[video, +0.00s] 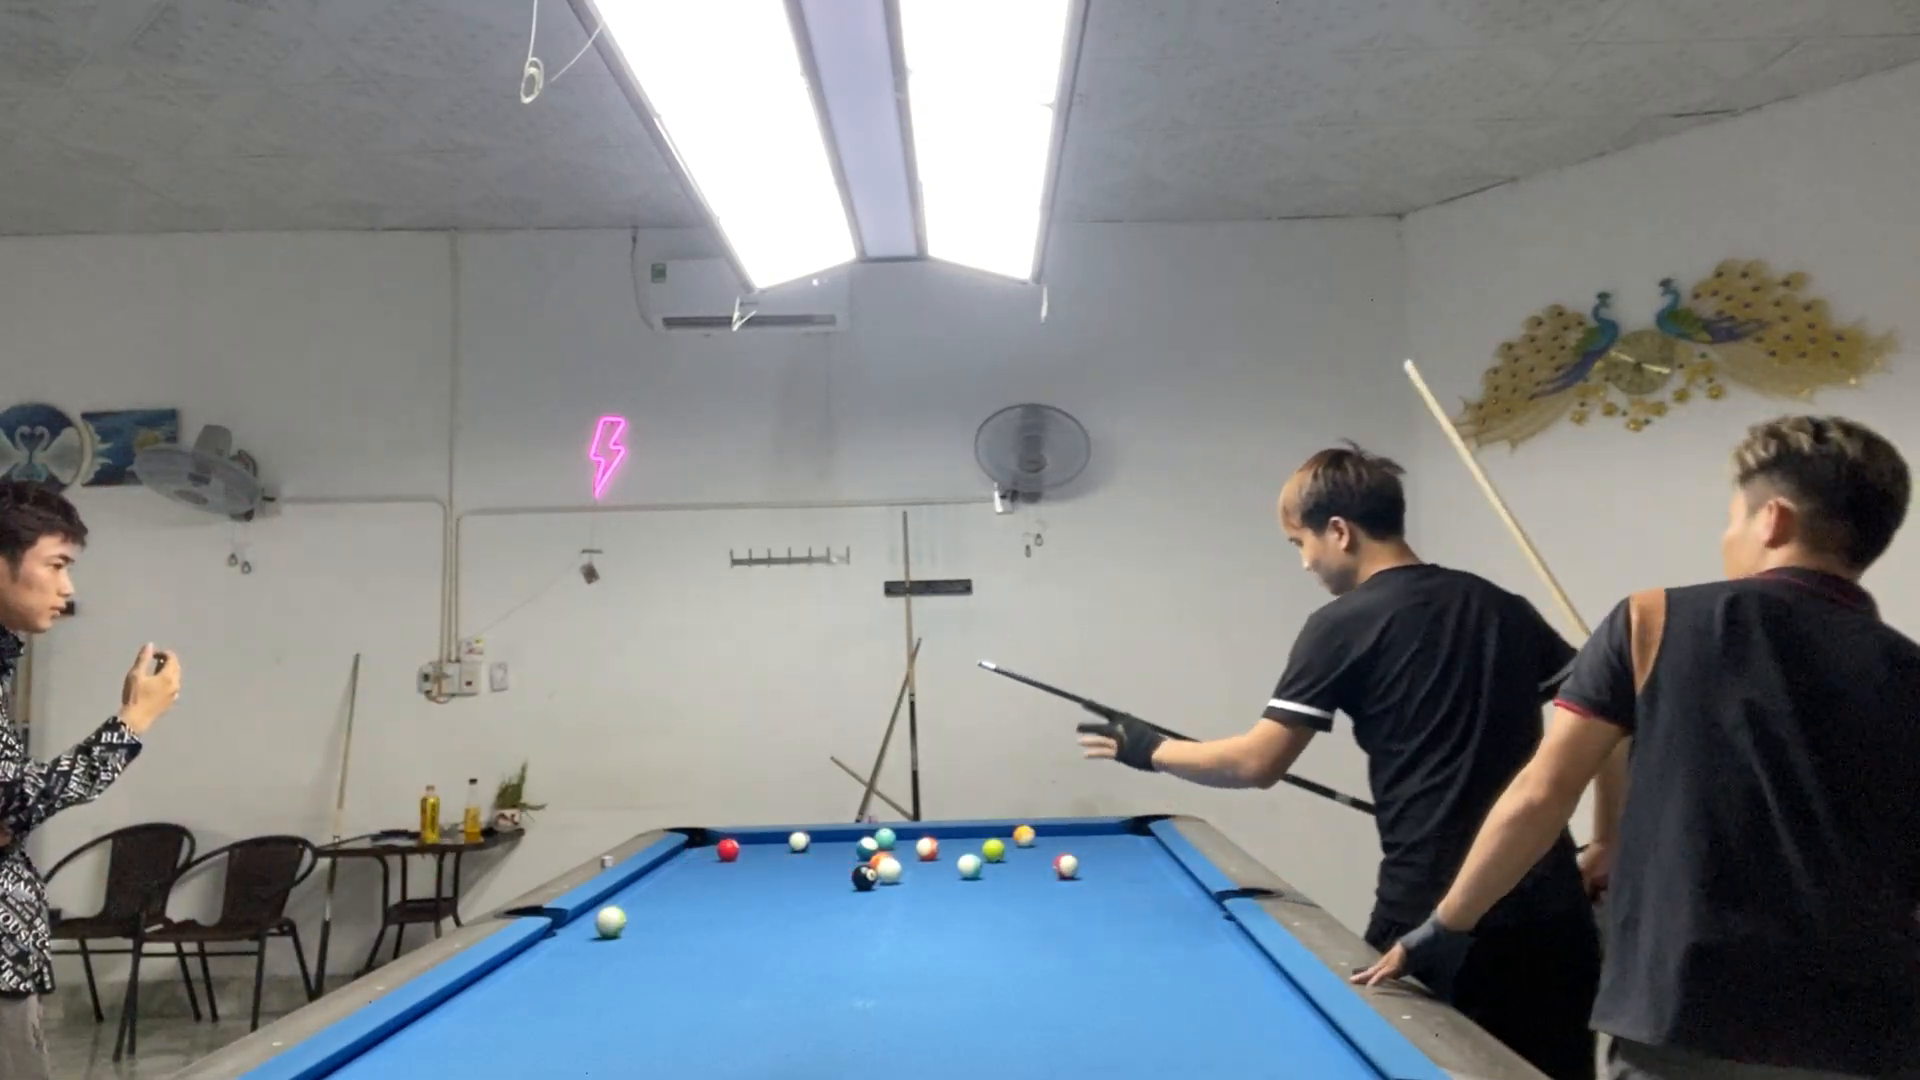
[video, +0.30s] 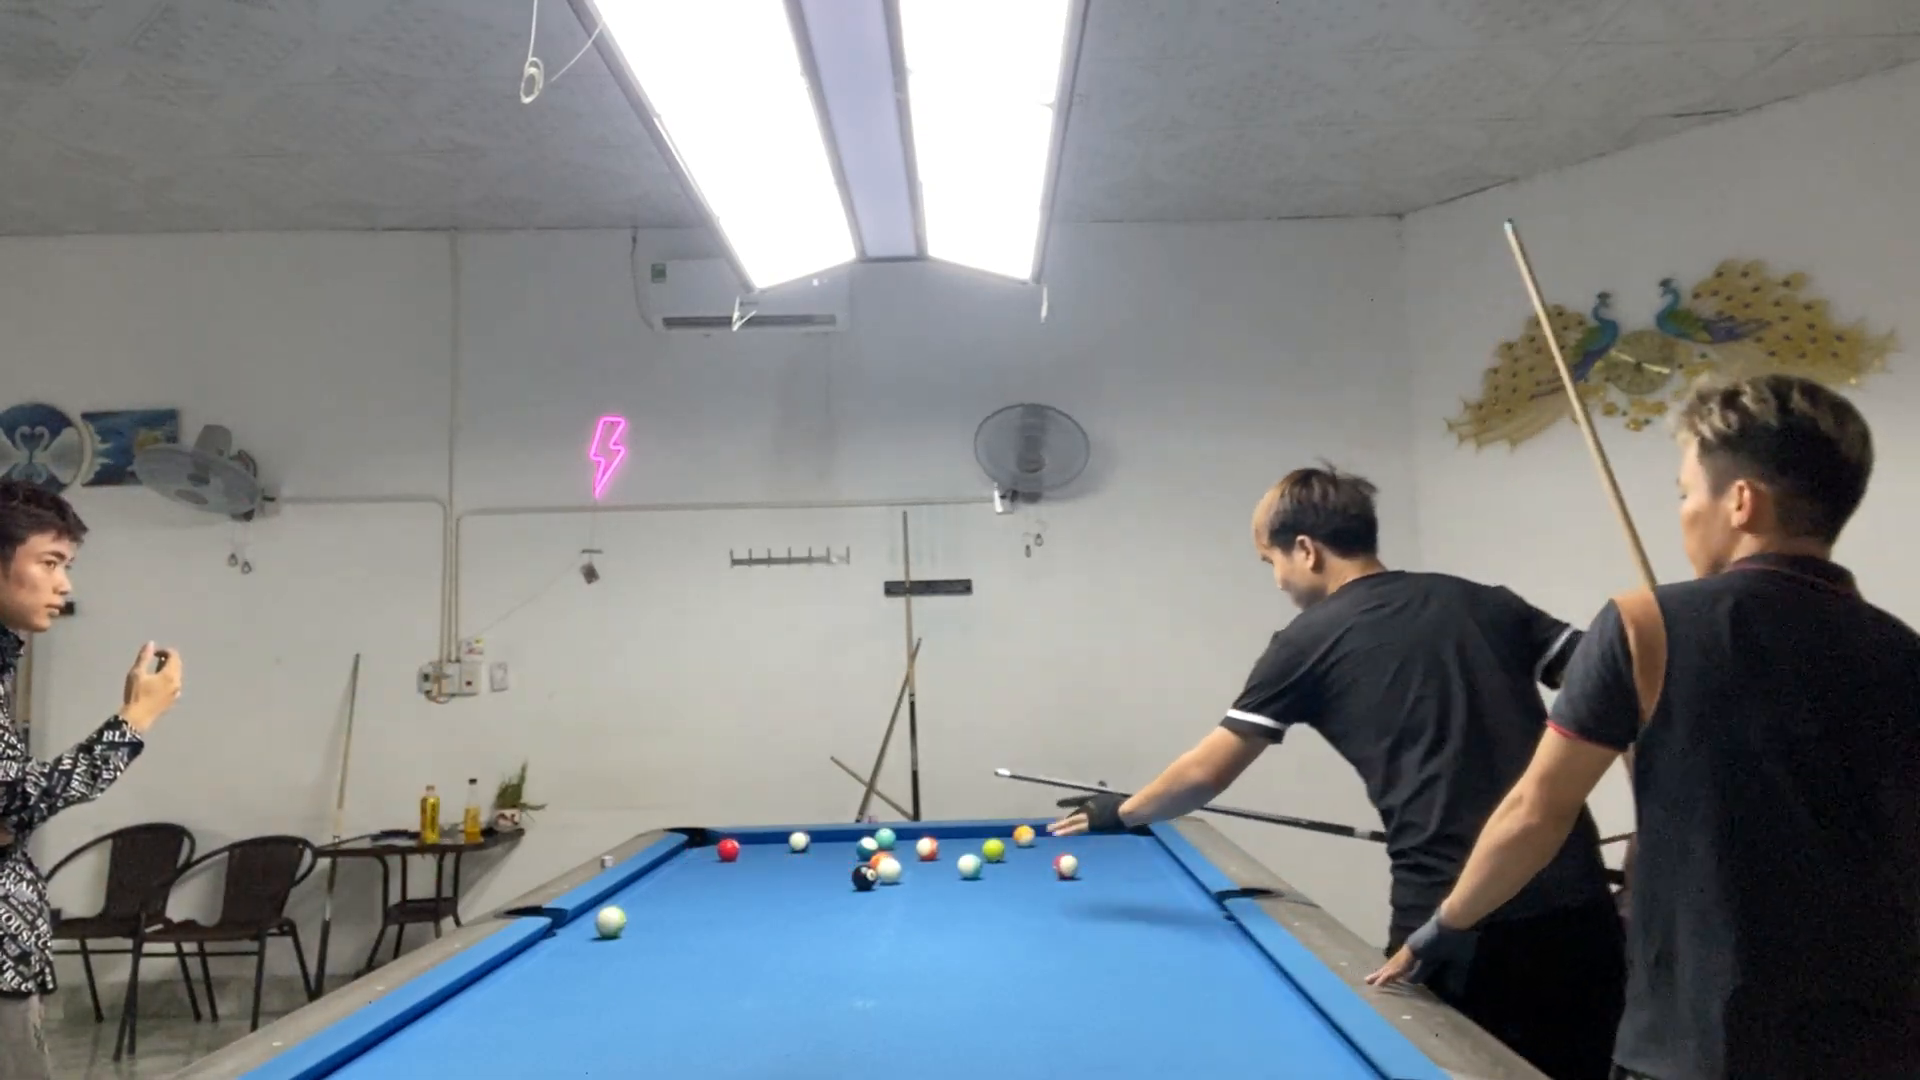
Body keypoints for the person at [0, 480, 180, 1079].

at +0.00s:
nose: (69, 590)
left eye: (69, 569)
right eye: (57, 565)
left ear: (17, 566)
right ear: (5, 565)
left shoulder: (6, 665)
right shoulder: (4, 668)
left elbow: (18, 798)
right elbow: (15, 802)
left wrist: (128, 724)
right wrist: (132, 724)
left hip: (17, 975)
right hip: (9, 977)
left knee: (29, 1069)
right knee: (26, 1070)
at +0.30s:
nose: (65, 585)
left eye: (66, 567)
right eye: (51, 562)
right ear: (2, 564)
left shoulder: (7, 666)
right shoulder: (5, 668)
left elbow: (21, 795)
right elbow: (18, 801)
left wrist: (130, 722)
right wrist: (134, 722)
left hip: (17, 971)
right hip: (9, 974)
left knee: (29, 1069)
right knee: (27, 1070)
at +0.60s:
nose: (67, 585)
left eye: (68, 568)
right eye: (51, 563)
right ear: (2, 565)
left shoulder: (6, 669)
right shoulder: (4, 672)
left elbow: (22, 794)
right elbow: (20, 800)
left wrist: (131, 721)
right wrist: (134, 721)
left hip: (19, 972)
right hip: (9, 976)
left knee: (29, 1069)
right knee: (26, 1070)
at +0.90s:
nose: (69, 587)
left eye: (71, 569)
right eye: (56, 565)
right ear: (5, 566)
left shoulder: (9, 667)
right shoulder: (5, 669)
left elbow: (23, 795)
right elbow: (22, 799)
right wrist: (137, 721)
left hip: (20, 974)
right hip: (11, 977)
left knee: (29, 1069)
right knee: (26, 1071)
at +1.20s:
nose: (70, 594)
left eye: (71, 574)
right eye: (58, 570)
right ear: (4, 567)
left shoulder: (5, 665)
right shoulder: (0, 668)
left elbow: (23, 796)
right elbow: (24, 801)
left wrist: (10, 822)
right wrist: (139, 720)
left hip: (18, 972)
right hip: (8, 974)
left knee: (29, 1069)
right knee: (25, 1071)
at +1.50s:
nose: (71, 595)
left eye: (72, 576)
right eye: (60, 572)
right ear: (5, 569)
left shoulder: (4, 670)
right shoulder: (1, 673)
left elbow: (22, 795)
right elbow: (22, 801)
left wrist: (12, 823)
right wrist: (139, 720)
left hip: (18, 976)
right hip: (8, 978)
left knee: (29, 1069)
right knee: (26, 1070)